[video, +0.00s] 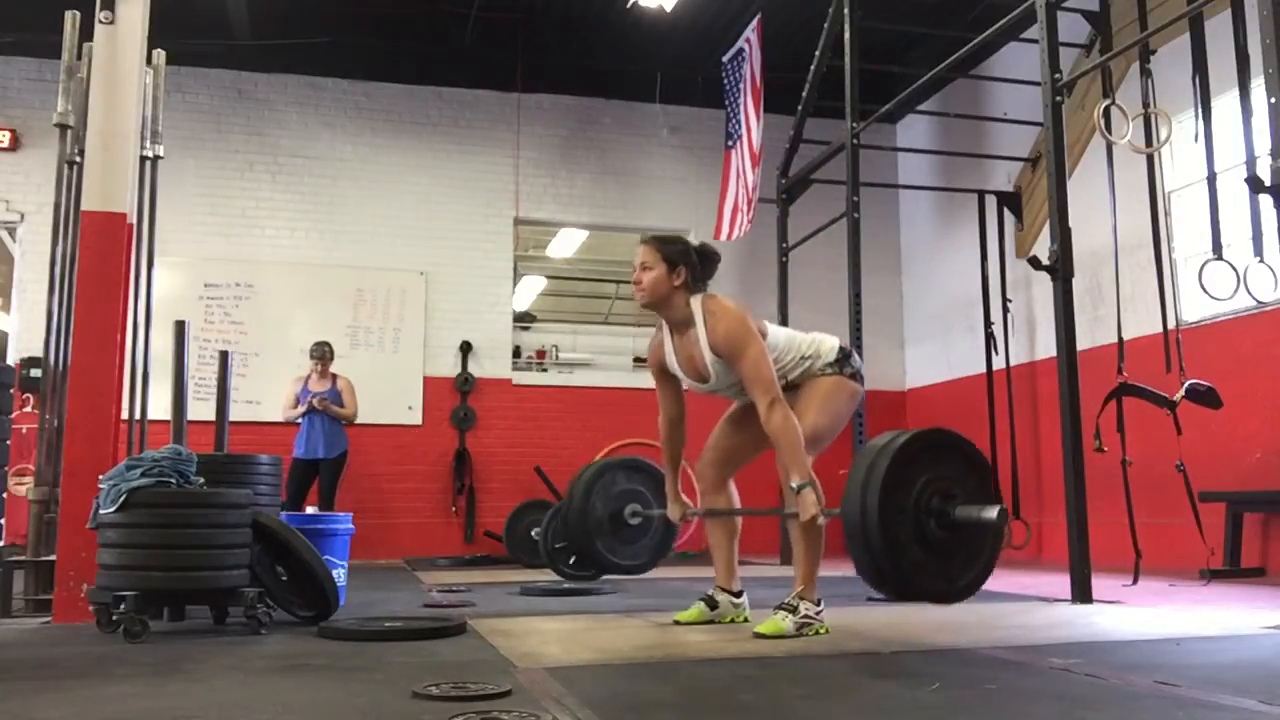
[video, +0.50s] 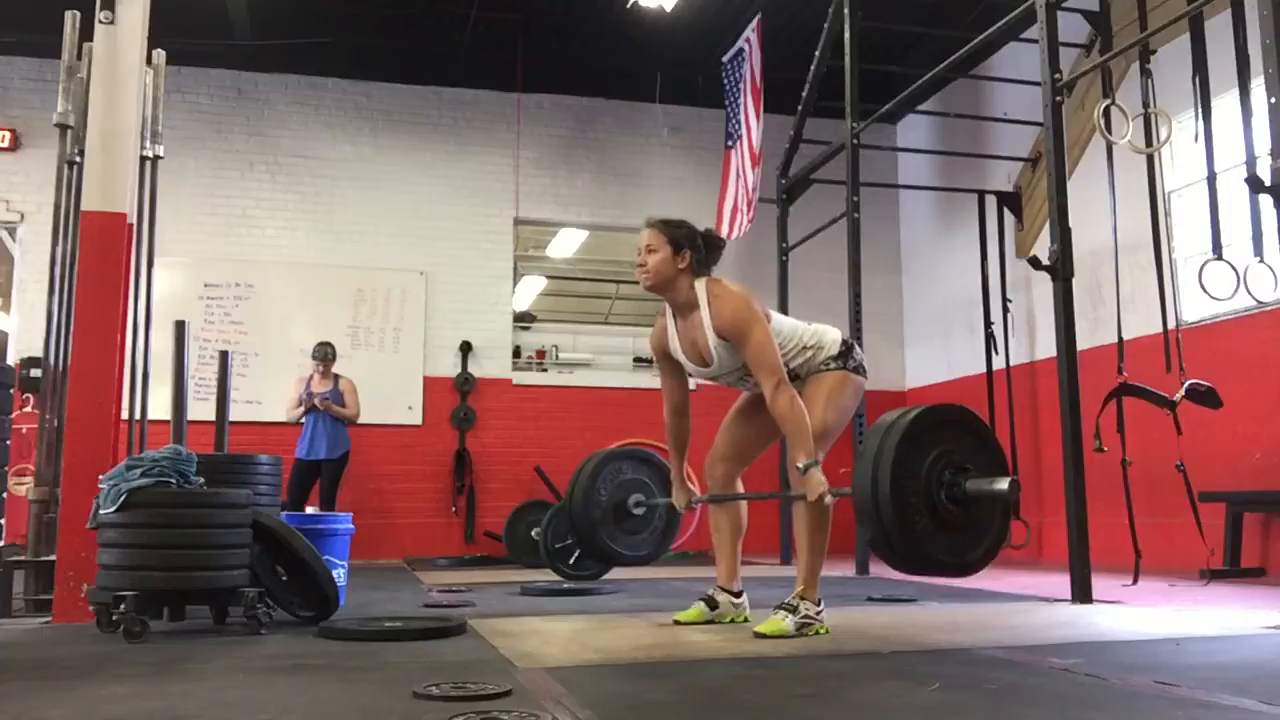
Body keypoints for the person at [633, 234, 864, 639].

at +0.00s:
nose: (634, 278)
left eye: (645, 269)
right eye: (635, 269)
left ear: (677, 276)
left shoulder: (724, 321)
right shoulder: (661, 351)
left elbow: (772, 405)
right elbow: (671, 422)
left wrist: (802, 483)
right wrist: (671, 492)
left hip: (832, 369)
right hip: (776, 385)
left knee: (796, 465)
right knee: (709, 470)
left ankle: (806, 602)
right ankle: (728, 595)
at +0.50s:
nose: (640, 261)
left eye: (650, 251)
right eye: (639, 253)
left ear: (683, 258)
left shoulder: (729, 305)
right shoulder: (663, 336)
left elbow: (778, 387)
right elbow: (676, 412)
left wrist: (807, 464)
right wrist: (677, 475)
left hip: (834, 363)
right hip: (780, 377)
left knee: (804, 466)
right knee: (720, 467)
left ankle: (807, 602)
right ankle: (728, 595)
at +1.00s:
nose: (641, 203)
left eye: (651, 193)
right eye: (641, 194)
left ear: (681, 200)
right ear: (664, 204)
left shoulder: (726, 247)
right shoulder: (661, 285)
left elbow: (774, 323)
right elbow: (672, 358)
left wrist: (802, 398)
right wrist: (676, 423)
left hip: (814, 347)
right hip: (761, 361)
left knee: (796, 466)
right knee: (724, 468)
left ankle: (806, 601)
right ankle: (728, 594)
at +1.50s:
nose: (774, 119)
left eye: (788, 115)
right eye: (776, 115)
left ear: (812, 137)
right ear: (769, 133)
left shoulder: (807, 165)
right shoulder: (739, 191)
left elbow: (819, 191)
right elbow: (694, 240)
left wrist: (790, 216)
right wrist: (651, 274)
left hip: (764, 307)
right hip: (713, 314)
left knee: (759, 426)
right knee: (684, 442)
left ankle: (803, 580)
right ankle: (708, 569)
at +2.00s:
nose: (719, 199)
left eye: (731, 192)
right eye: (719, 192)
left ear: (762, 207)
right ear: (720, 210)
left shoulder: (775, 262)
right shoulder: (697, 277)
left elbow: (740, 272)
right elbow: (633, 306)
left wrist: (768, 217)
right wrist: (652, 258)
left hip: (785, 404)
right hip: (729, 418)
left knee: (760, 478)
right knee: (637, 486)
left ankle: (826, 606)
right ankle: (683, 596)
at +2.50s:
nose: (731, 134)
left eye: (744, 127)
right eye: (730, 127)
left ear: (768, 146)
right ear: (726, 143)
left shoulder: (772, 196)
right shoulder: (696, 209)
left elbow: (737, 195)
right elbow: (635, 247)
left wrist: (773, 145)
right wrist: (646, 200)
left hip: (756, 342)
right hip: (705, 352)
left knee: (769, 458)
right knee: (671, 469)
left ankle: (820, 601)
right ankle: (684, 593)